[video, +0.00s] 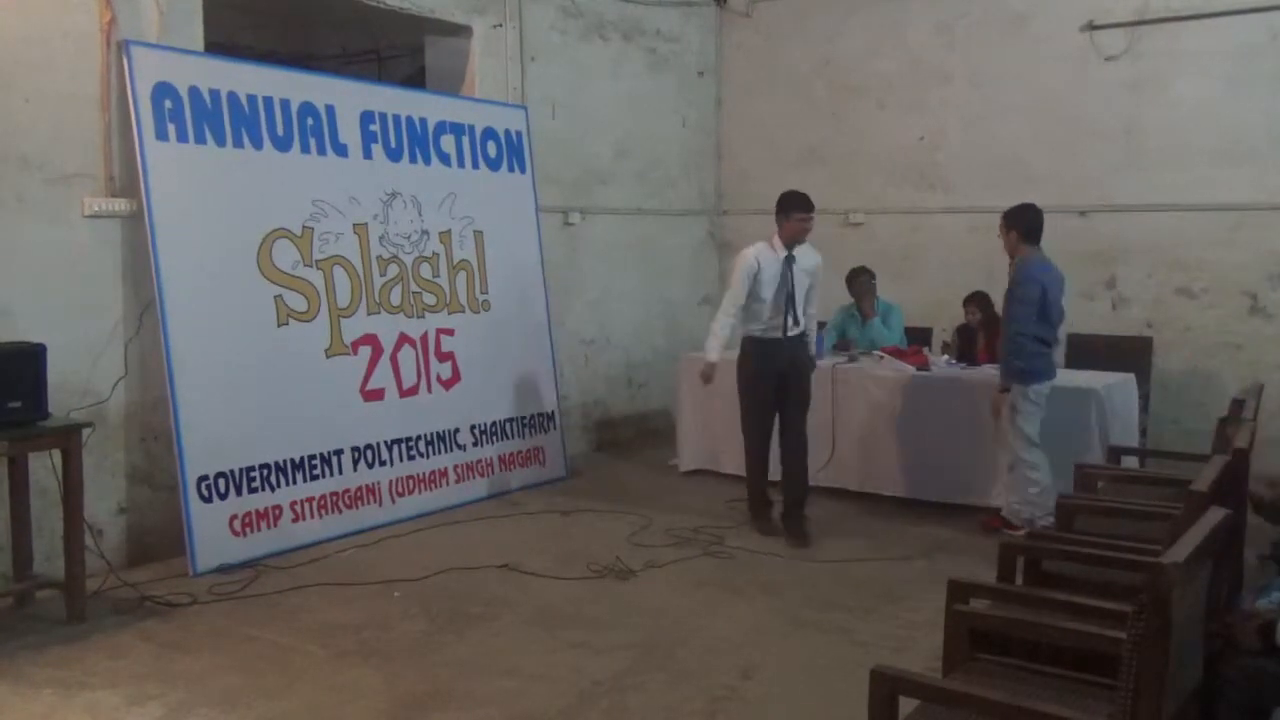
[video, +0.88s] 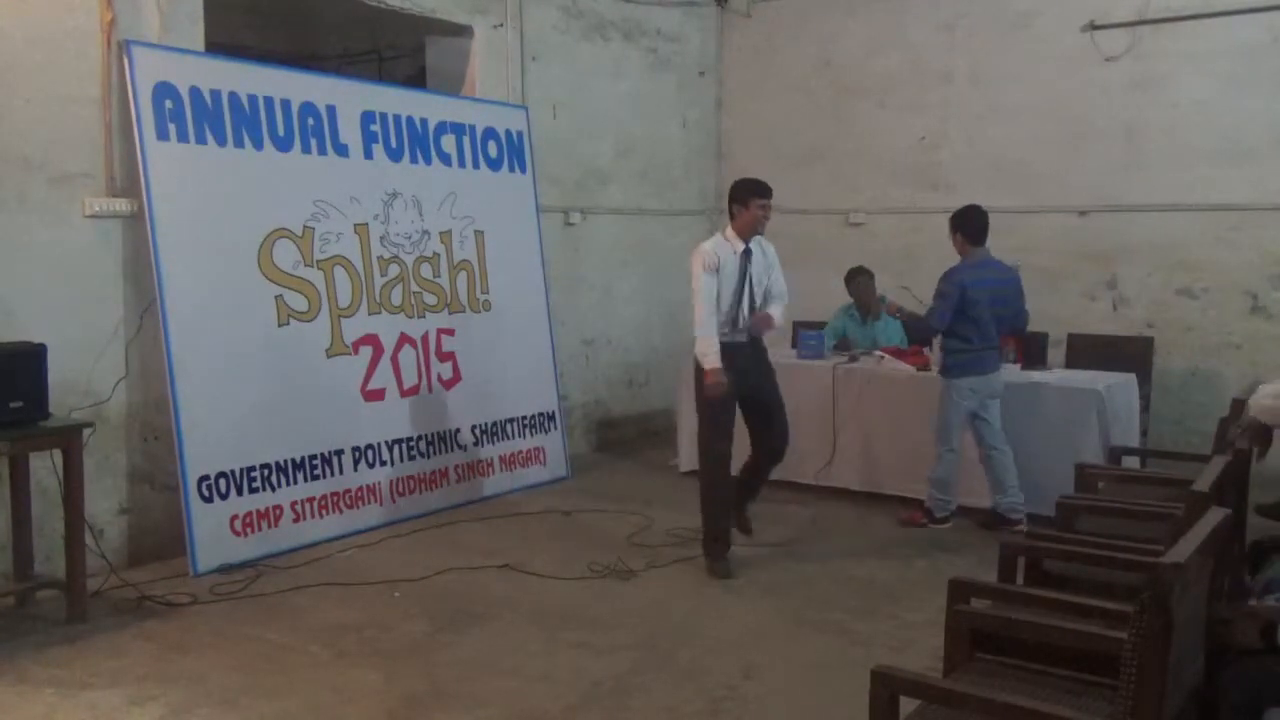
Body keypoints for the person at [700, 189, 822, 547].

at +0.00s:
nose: (809, 228)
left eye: (811, 221)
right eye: (803, 221)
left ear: (809, 223)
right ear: (782, 221)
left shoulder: (811, 260)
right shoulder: (752, 258)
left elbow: (809, 310)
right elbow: (730, 308)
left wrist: (810, 352)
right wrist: (711, 356)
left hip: (796, 355)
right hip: (757, 355)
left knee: (795, 436)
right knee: (757, 436)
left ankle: (795, 515)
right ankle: (760, 512)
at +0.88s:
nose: (767, 217)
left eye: (769, 210)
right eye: (761, 209)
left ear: (762, 213)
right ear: (738, 210)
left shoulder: (766, 251)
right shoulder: (708, 254)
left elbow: (779, 300)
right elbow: (703, 314)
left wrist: (770, 317)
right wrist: (711, 364)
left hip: (751, 351)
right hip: (716, 355)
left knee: (774, 442)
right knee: (716, 454)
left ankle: (738, 499)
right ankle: (715, 548)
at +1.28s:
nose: (764, 214)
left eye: (766, 207)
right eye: (758, 207)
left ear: (751, 212)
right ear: (735, 208)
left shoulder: (752, 250)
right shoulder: (713, 250)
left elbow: (769, 299)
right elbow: (734, 306)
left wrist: (754, 294)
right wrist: (769, 355)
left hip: (741, 357)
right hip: (711, 359)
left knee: (745, 455)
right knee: (715, 456)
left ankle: (737, 544)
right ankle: (716, 551)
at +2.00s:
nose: (777, 216)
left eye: (778, 209)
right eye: (771, 208)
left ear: (757, 213)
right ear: (748, 210)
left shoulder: (751, 250)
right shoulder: (730, 248)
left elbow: (746, 312)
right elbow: (719, 311)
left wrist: (773, 331)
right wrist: (766, 337)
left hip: (746, 356)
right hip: (731, 358)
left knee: (748, 455)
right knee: (740, 455)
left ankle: (737, 545)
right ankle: (730, 550)